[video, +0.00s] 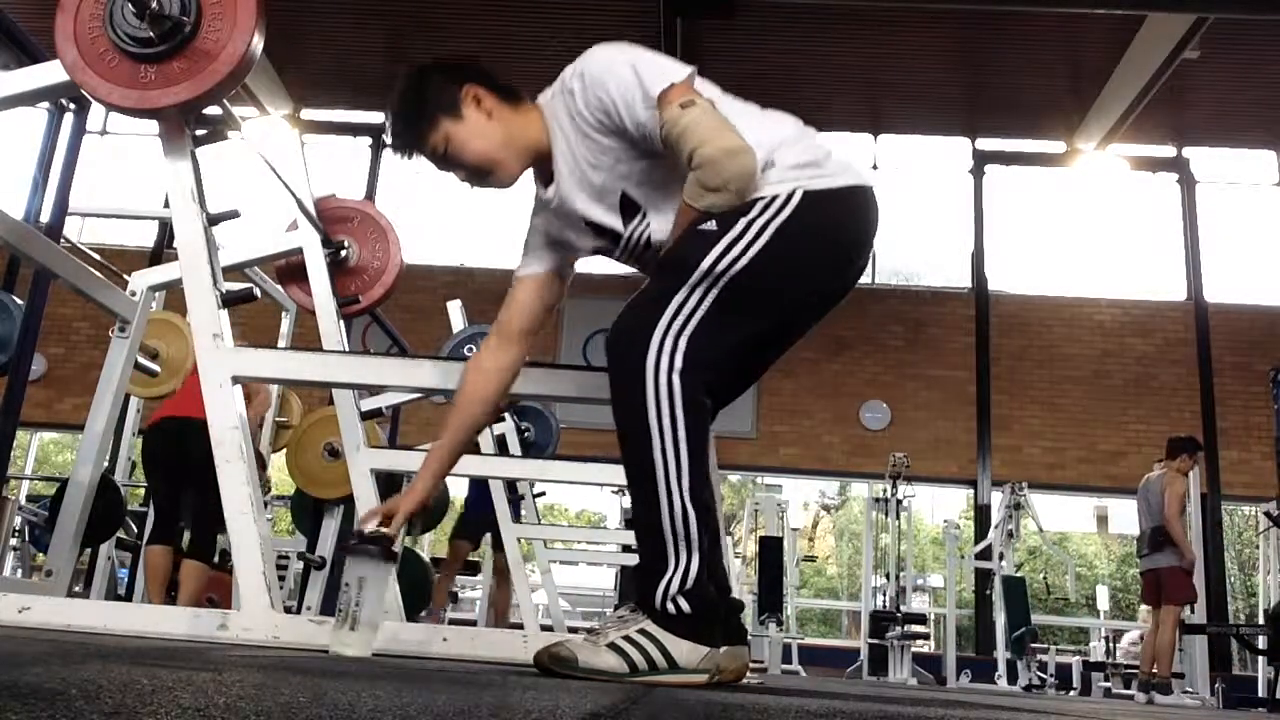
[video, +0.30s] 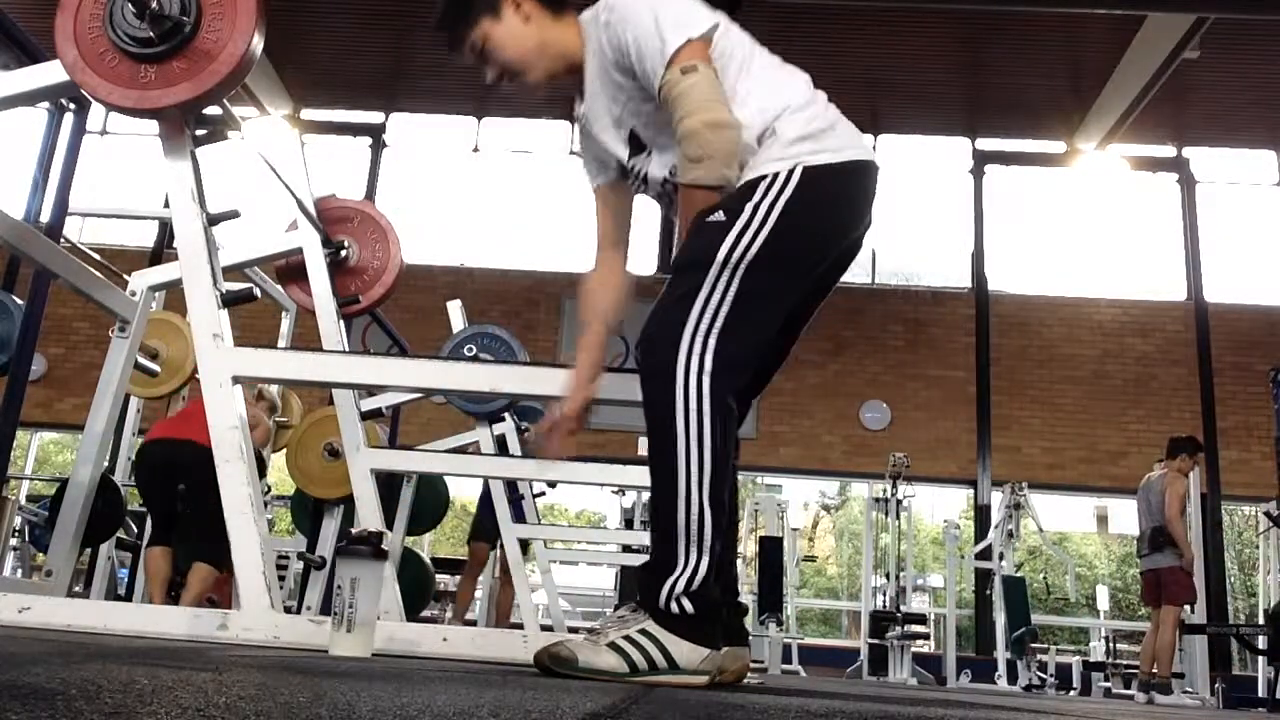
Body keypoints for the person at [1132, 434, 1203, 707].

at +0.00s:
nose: (1192, 469)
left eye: (1194, 464)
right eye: (1193, 463)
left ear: (1172, 457)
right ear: (1183, 458)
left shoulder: (1146, 480)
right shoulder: (1175, 480)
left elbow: (1147, 523)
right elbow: (1171, 519)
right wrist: (1187, 551)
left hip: (1148, 562)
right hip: (1170, 560)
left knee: (1155, 624)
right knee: (1168, 625)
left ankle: (1143, 685)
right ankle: (1163, 687)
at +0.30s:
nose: (1193, 469)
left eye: (1194, 464)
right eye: (1193, 463)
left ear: (1172, 458)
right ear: (1182, 458)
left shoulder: (1147, 480)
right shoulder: (1176, 480)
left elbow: (1147, 522)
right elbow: (1172, 518)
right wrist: (1187, 551)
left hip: (1148, 562)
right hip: (1170, 560)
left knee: (1155, 624)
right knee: (1168, 624)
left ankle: (1143, 686)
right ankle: (1163, 687)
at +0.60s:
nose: (1194, 471)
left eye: (1196, 467)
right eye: (1195, 465)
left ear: (1176, 459)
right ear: (1184, 459)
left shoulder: (1148, 480)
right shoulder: (1176, 481)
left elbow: (1148, 522)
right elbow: (1171, 519)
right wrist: (1188, 550)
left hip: (1148, 561)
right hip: (1169, 560)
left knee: (1155, 623)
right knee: (1168, 624)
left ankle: (1143, 685)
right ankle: (1163, 687)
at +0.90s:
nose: (1195, 472)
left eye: (1197, 467)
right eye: (1196, 466)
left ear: (1176, 459)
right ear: (1185, 459)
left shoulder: (1149, 480)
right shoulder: (1176, 480)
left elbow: (1150, 521)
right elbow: (1167, 516)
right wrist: (1187, 549)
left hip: (1149, 561)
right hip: (1169, 559)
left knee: (1156, 623)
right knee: (1167, 623)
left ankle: (1143, 684)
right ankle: (1163, 687)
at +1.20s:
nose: (1196, 472)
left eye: (1198, 467)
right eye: (1197, 466)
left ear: (1178, 458)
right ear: (1187, 459)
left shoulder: (1152, 479)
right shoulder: (1177, 480)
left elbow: (1154, 522)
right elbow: (1166, 519)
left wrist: (1181, 540)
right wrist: (1187, 560)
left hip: (1152, 563)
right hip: (1170, 562)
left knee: (1160, 624)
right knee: (1167, 625)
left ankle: (1145, 684)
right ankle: (1163, 687)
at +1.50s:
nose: (1199, 474)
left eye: (1201, 469)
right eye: (1200, 469)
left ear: (1183, 458)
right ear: (1191, 461)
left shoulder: (1154, 481)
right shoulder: (1178, 479)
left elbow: (1158, 527)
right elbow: (1179, 524)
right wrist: (1203, 550)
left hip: (1156, 561)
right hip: (1173, 560)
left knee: (1186, 619)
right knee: (1169, 621)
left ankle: (1170, 679)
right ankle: (1164, 686)